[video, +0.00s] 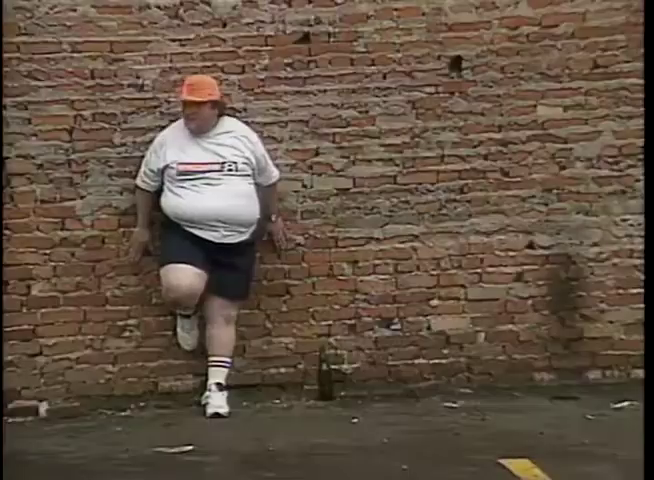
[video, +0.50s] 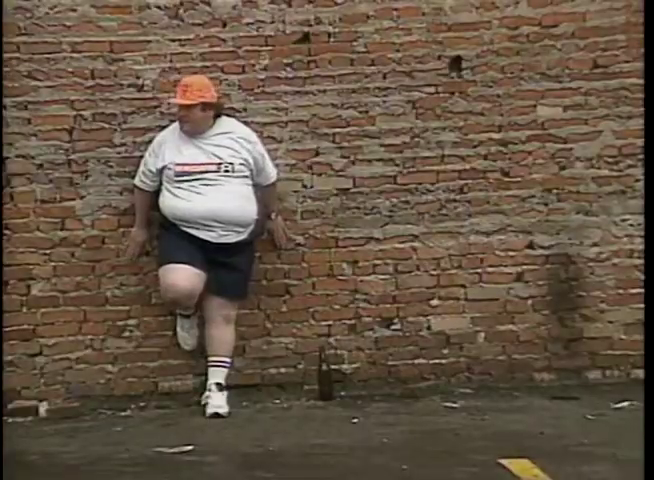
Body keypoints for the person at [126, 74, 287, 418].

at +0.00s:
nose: (189, 111)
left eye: (196, 105)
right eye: (186, 105)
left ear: (216, 106)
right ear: (181, 106)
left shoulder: (243, 137)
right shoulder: (167, 140)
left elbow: (268, 181)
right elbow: (145, 185)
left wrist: (273, 219)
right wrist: (142, 227)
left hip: (235, 238)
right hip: (183, 232)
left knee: (223, 313)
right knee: (183, 288)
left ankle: (216, 386)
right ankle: (187, 316)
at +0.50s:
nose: (182, 114)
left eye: (190, 108)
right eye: (180, 107)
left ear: (211, 108)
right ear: (178, 107)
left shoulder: (242, 138)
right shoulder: (166, 141)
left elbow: (266, 181)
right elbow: (144, 185)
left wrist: (271, 217)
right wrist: (140, 227)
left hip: (233, 239)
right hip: (182, 233)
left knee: (222, 312)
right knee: (180, 288)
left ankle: (216, 385)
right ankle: (187, 315)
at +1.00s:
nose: (224, 121)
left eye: (228, 114)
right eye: (216, 115)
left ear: (234, 113)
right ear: (196, 114)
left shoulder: (245, 146)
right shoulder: (170, 146)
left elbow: (269, 186)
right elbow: (138, 189)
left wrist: (282, 220)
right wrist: (127, 230)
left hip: (234, 250)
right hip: (181, 245)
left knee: (225, 321)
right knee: (183, 318)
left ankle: (217, 388)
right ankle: (190, 339)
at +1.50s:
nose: (198, 107)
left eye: (204, 100)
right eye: (190, 101)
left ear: (215, 97)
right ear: (178, 99)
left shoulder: (235, 126)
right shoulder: (164, 127)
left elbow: (257, 161)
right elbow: (134, 160)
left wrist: (233, 186)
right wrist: (162, 174)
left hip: (226, 236)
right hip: (175, 234)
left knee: (226, 313)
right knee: (184, 312)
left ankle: (219, 386)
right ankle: (190, 390)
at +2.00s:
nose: (195, 105)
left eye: (201, 97)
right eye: (187, 99)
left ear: (215, 100)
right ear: (176, 104)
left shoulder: (237, 133)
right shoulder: (164, 138)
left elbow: (266, 169)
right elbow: (134, 182)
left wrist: (280, 188)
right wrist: (116, 214)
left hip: (235, 244)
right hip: (176, 244)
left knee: (237, 320)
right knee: (180, 318)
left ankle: (237, 396)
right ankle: (189, 388)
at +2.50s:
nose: (179, 127)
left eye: (186, 120)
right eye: (172, 120)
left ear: (197, 117)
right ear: (161, 118)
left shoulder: (218, 146)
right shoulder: (146, 148)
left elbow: (249, 185)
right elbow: (126, 185)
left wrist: (247, 207)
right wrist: (109, 205)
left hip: (220, 248)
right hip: (161, 250)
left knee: (244, 316)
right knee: (170, 329)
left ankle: (236, 381)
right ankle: (181, 405)